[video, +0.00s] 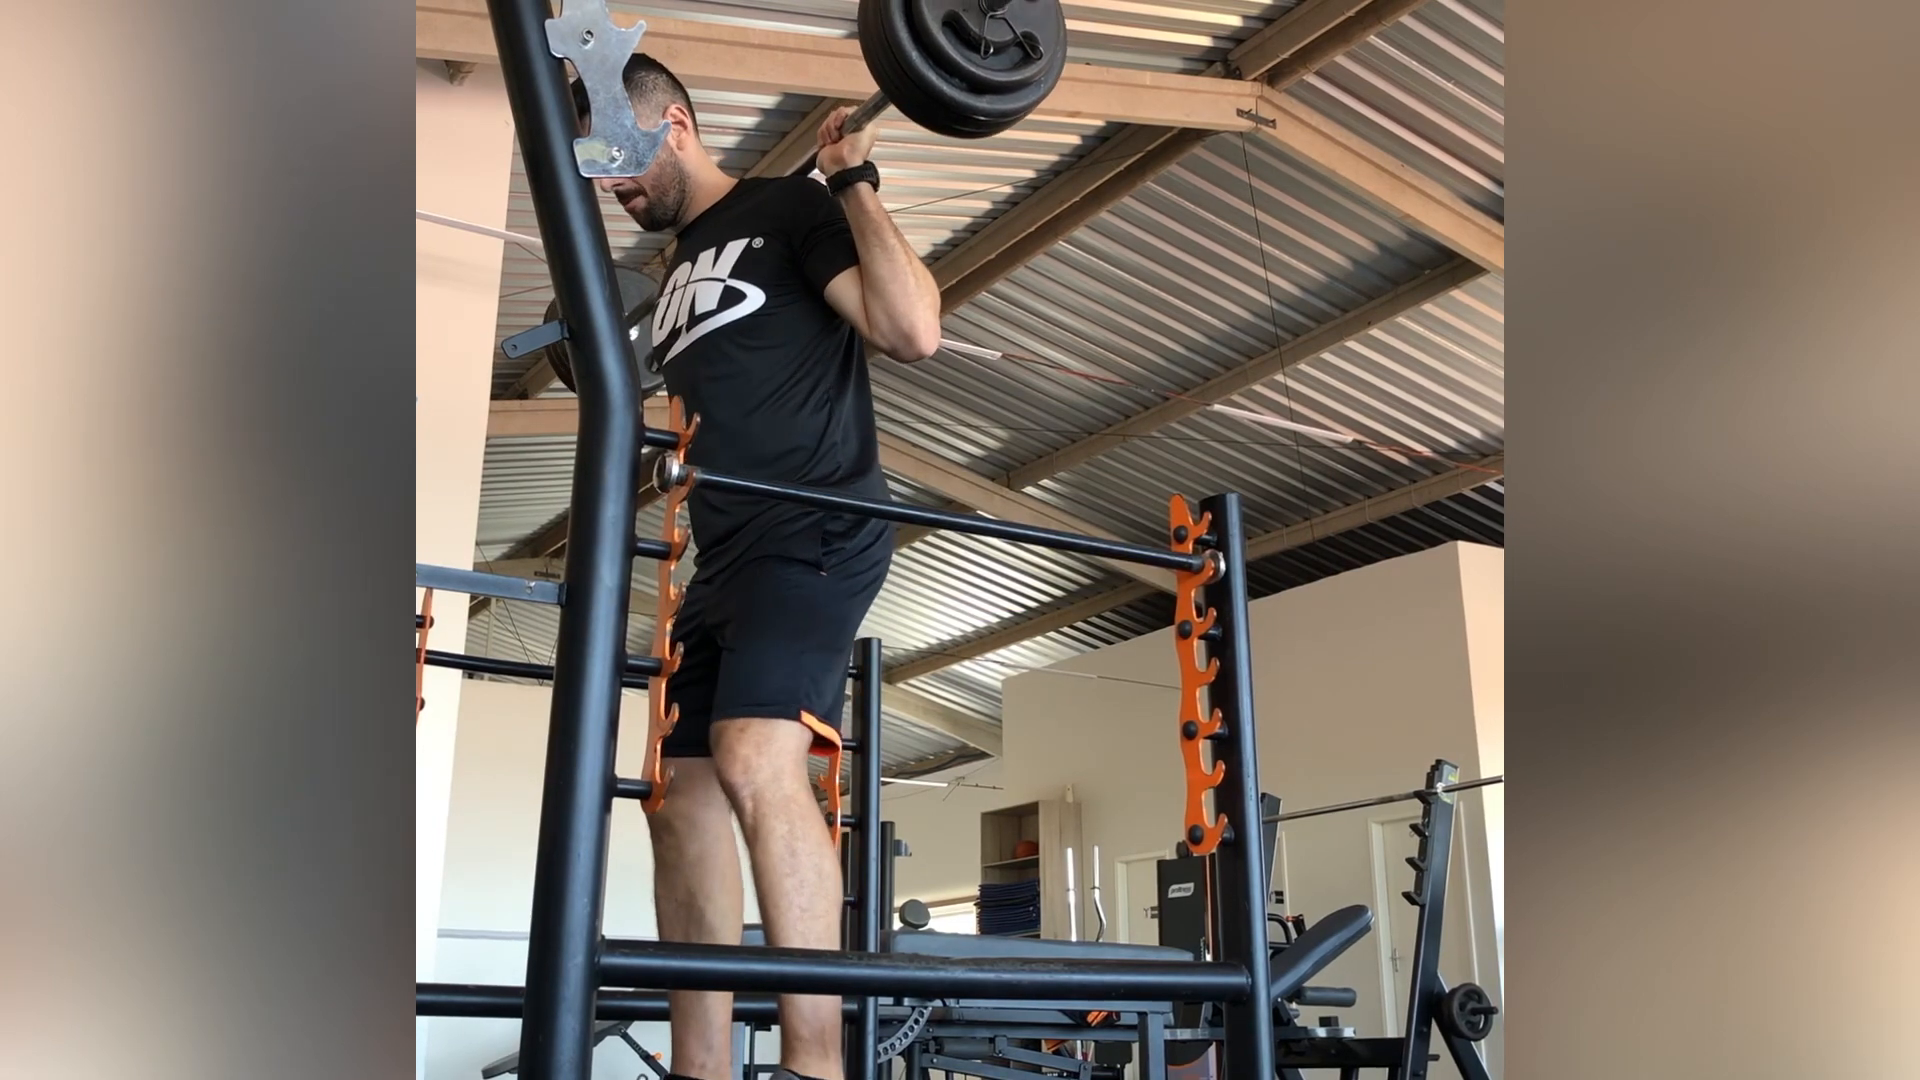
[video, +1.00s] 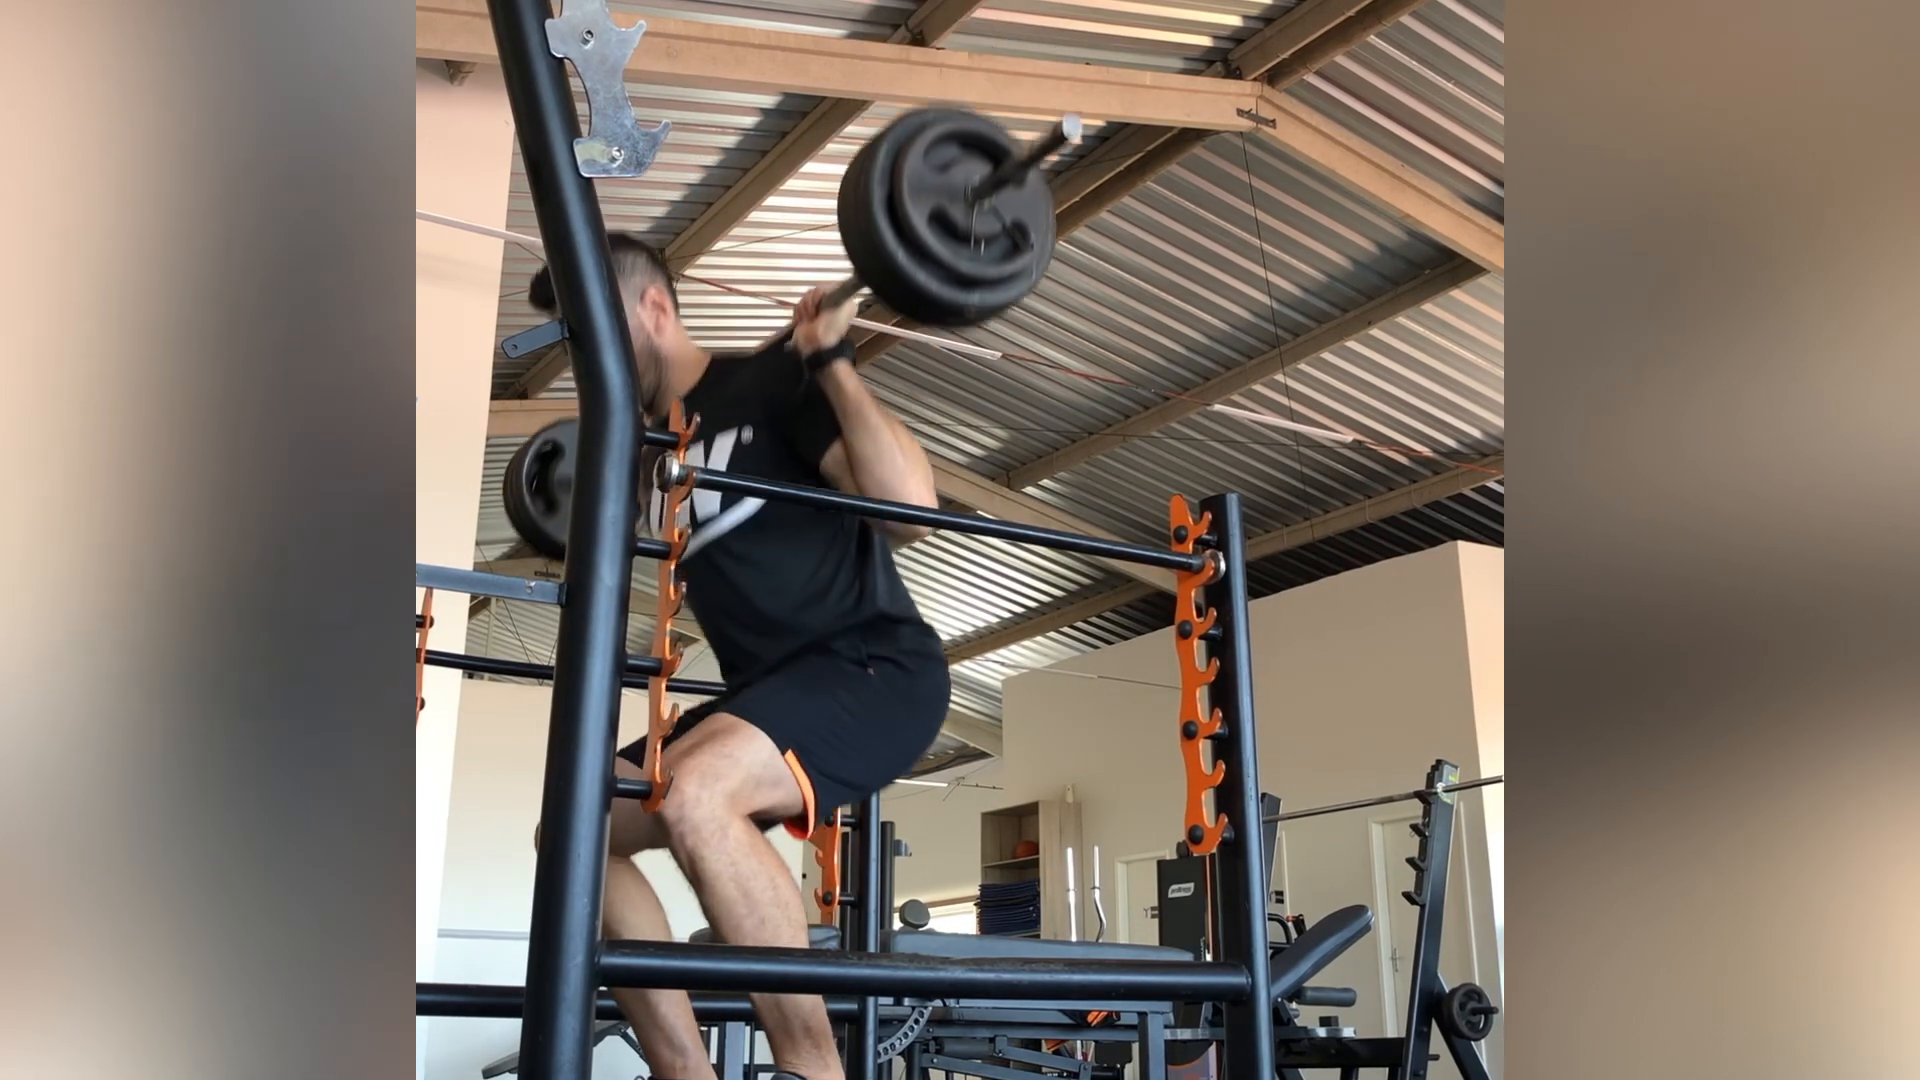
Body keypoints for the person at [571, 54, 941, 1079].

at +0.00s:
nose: (615, 183)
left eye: (626, 155)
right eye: (602, 168)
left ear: (680, 127)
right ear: (610, 171)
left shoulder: (790, 205)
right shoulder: (677, 277)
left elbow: (914, 332)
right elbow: (709, 421)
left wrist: (855, 184)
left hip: (817, 526)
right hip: (725, 546)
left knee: (758, 754)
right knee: (683, 789)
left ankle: (819, 1063)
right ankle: (699, 1068)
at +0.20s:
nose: (611, 192)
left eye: (620, 161)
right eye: (597, 176)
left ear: (677, 132)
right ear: (604, 183)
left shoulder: (790, 211)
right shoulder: (674, 293)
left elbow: (918, 336)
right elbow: (713, 428)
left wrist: (854, 187)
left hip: (838, 534)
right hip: (742, 555)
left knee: (780, 759)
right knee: (689, 790)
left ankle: (831, 1065)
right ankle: (700, 1068)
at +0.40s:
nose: (607, 195)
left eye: (618, 164)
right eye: (594, 178)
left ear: (677, 135)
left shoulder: (790, 208)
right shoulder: (673, 288)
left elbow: (920, 334)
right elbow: (718, 422)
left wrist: (856, 184)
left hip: (848, 527)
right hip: (753, 553)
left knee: (774, 753)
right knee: (684, 789)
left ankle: (824, 1066)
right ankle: (701, 1066)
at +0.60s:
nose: (598, 220)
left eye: (606, 188)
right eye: (584, 201)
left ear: (670, 159)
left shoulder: (788, 241)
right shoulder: (665, 322)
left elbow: (915, 368)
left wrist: (849, 219)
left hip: (851, 549)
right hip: (754, 574)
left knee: (733, 761)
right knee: (635, 790)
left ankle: (819, 1066)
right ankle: (695, 1068)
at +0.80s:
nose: (601, 281)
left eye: (606, 252)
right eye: (588, 262)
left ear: (665, 229)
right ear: (654, 241)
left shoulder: (783, 305)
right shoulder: (671, 373)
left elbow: (909, 437)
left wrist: (842, 286)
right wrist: (643, 420)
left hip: (862, 605)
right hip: (763, 629)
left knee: (709, 779)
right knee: (595, 808)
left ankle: (816, 1068)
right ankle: (689, 1070)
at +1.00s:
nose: (590, 348)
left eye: (597, 321)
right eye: (577, 329)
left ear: (653, 305)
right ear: (641, 314)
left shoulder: (773, 376)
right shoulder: (645, 447)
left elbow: (911, 503)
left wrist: (832, 360)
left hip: (876, 668)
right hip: (766, 691)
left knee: (697, 793)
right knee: (576, 825)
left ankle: (817, 1069)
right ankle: (686, 1074)